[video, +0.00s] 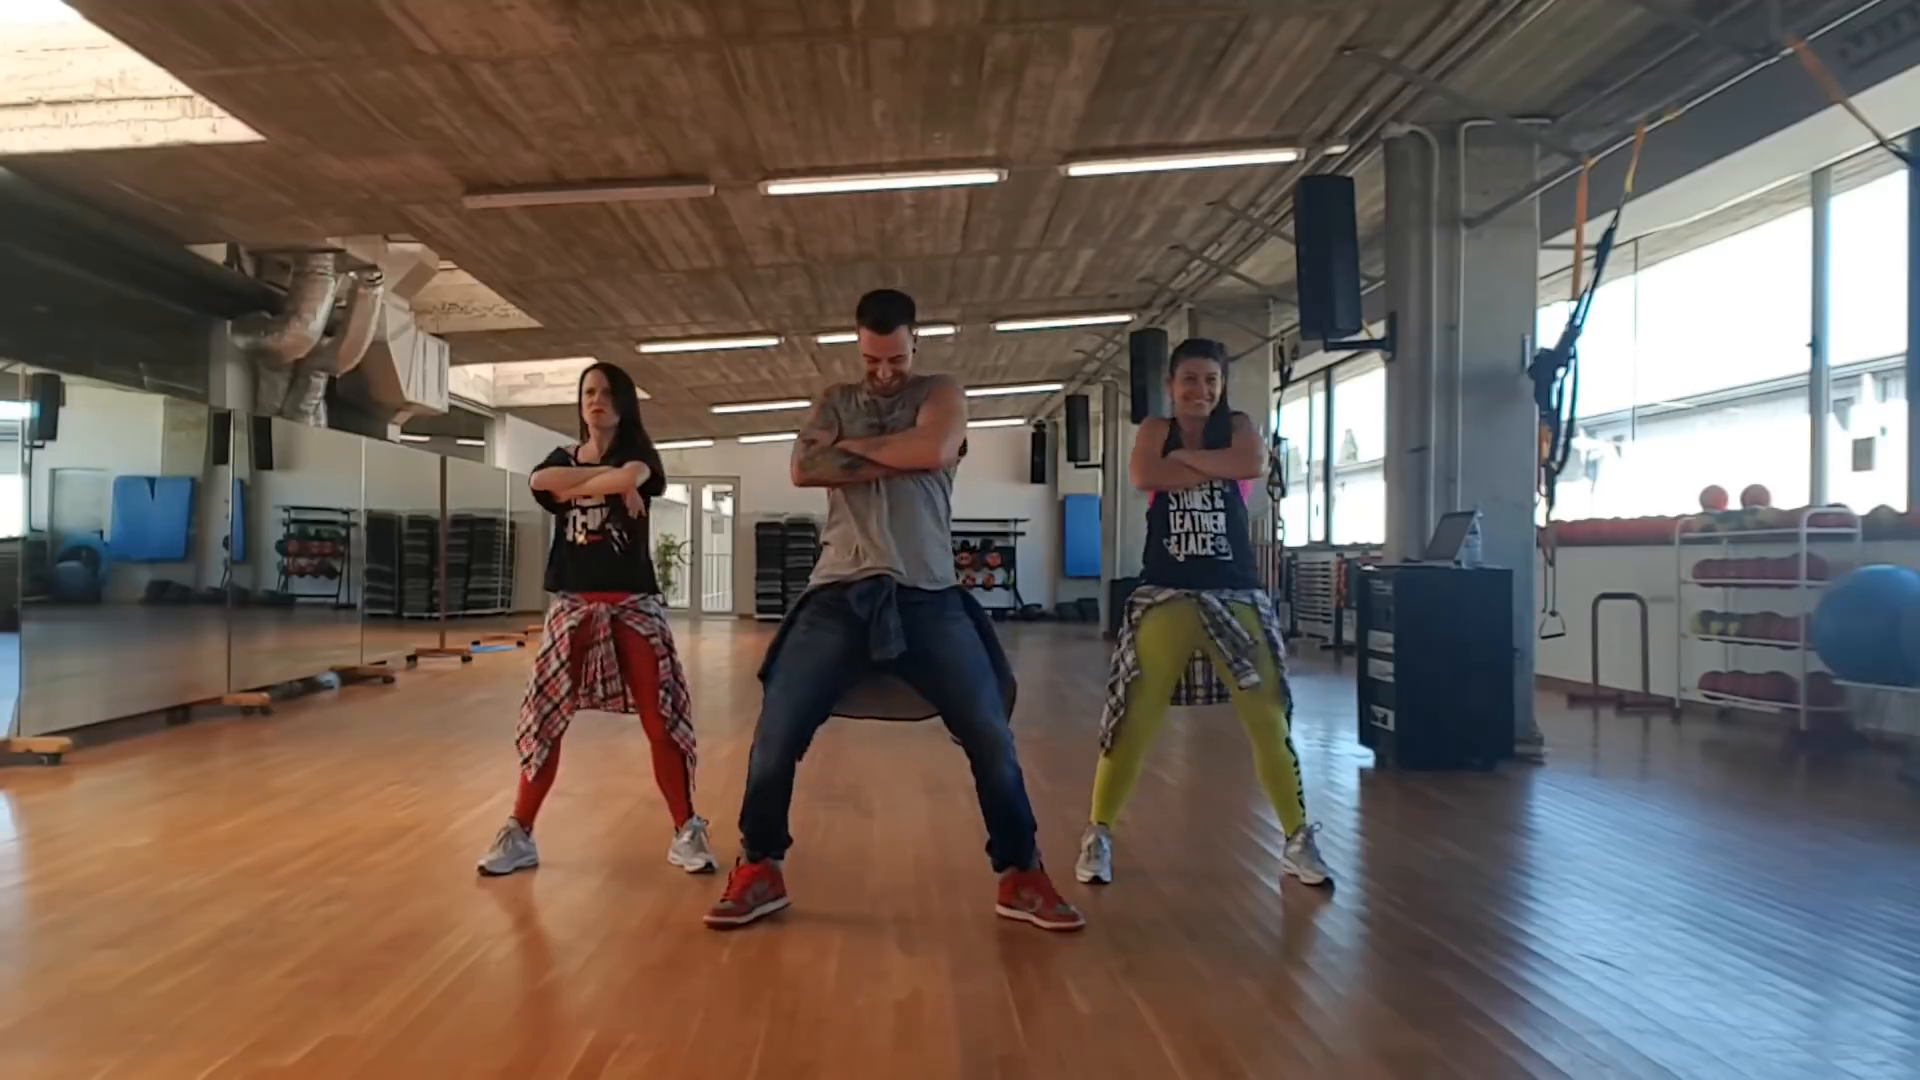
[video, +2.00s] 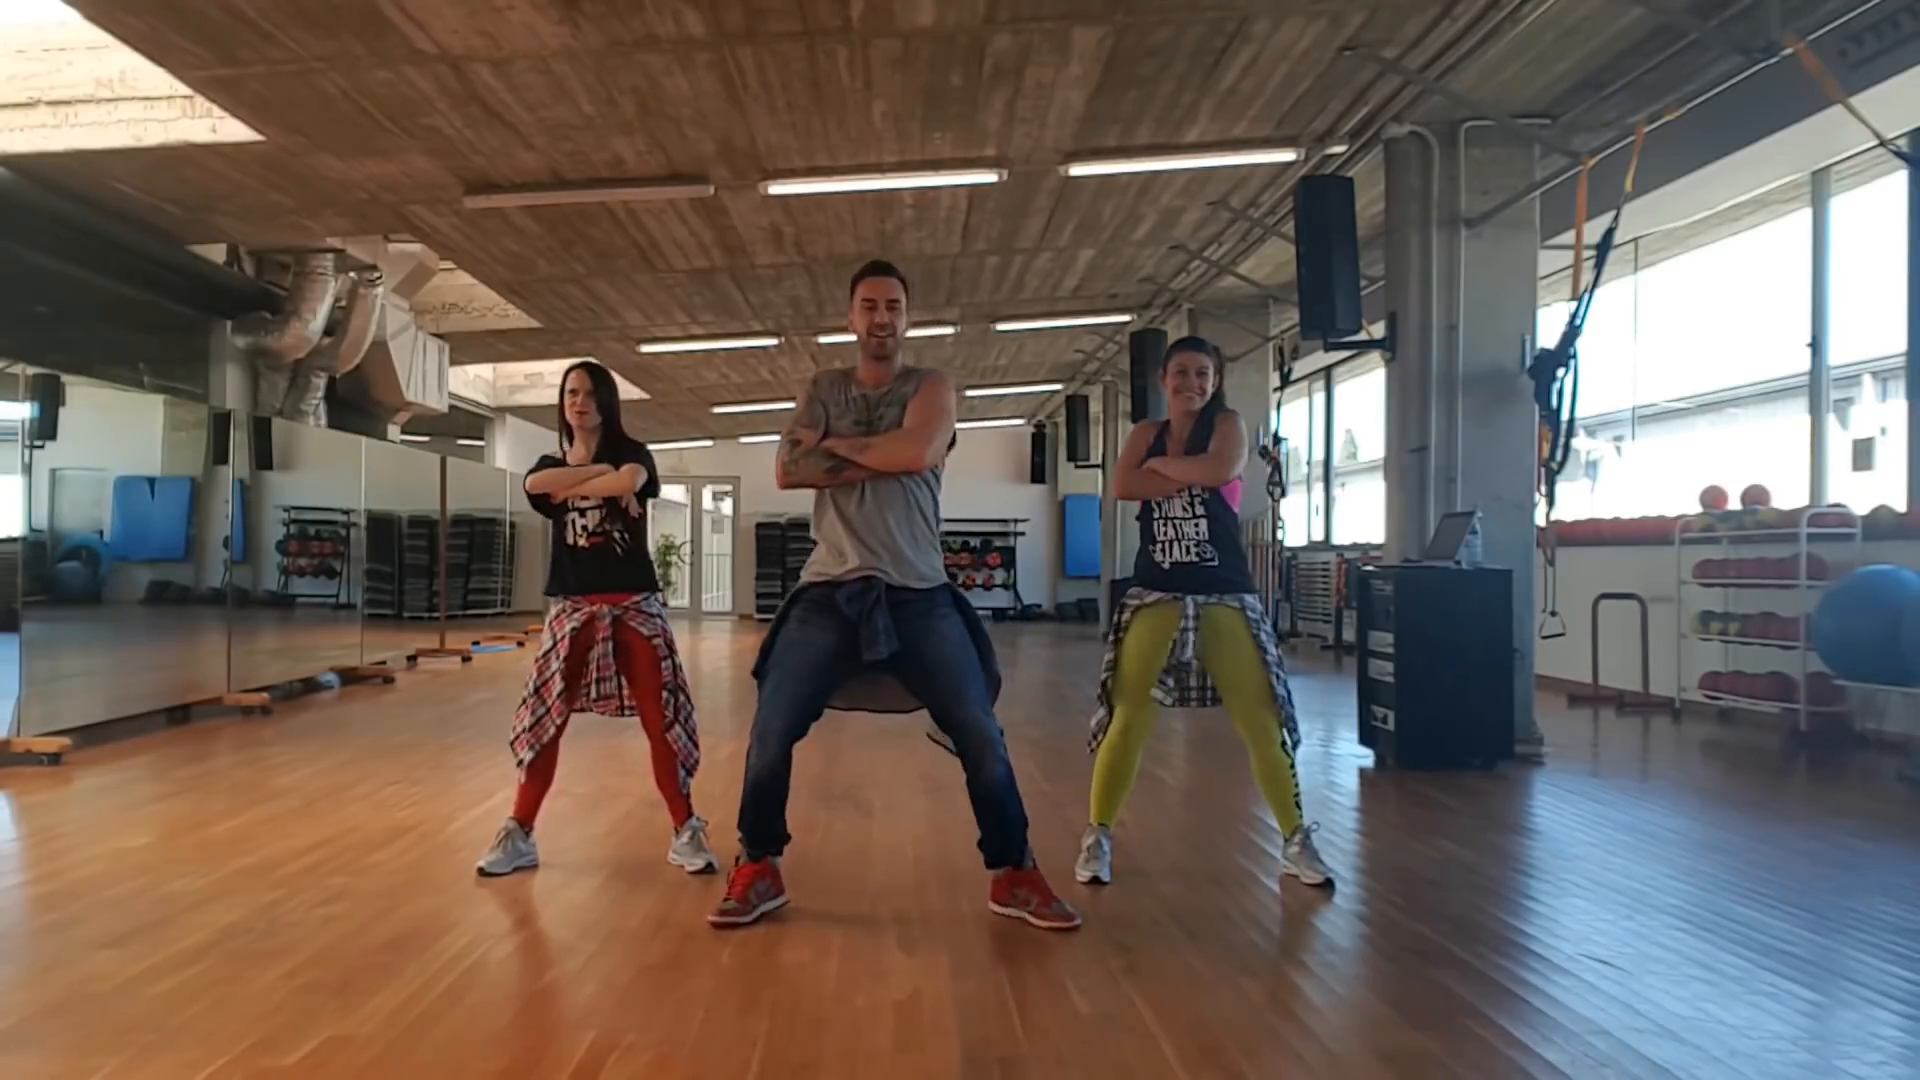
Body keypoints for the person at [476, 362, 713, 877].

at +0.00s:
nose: (597, 401)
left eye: (606, 394)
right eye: (590, 394)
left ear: (625, 403)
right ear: (580, 402)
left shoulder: (641, 457)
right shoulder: (563, 455)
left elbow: (625, 481)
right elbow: (540, 482)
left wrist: (567, 487)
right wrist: (611, 479)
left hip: (634, 600)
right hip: (572, 600)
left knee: (660, 717)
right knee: (546, 714)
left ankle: (687, 829)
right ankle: (520, 834)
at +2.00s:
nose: (578, 402)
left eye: (587, 394)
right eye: (571, 394)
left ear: (607, 402)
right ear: (561, 403)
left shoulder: (633, 453)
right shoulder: (551, 461)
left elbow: (628, 483)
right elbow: (535, 486)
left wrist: (567, 487)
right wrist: (603, 472)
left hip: (634, 601)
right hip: (572, 603)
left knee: (659, 719)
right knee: (547, 716)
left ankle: (687, 830)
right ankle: (520, 834)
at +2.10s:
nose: (578, 402)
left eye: (587, 394)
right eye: (571, 394)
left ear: (607, 402)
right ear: (560, 404)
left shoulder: (632, 455)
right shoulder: (550, 464)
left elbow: (626, 483)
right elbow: (536, 487)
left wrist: (569, 489)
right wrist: (604, 475)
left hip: (634, 602)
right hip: (572, 606)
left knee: (659, 720)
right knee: (547, 716)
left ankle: (687, 830)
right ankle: (519, 834)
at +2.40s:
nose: (614, 400)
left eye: (624, 392)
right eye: (607, 392)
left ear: (643, 401)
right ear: (597, 401)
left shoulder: (659, 460)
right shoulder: (577, 449)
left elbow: (647, 483)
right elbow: (557, 475)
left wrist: (588, 482)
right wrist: (630, 474)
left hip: (637, 603)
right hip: (574, 599)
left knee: (660, 719)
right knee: (544, 712)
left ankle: (687, 831)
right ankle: (519, 833)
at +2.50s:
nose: (624, 403)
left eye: (633, 395)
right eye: (617, 394)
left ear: (652, 404)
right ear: (608, 400)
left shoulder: (663, 463)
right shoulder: (584, 451)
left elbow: (651, 495)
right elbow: (559, 482)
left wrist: (589, 488)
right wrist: (633, 479)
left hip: (639, 605)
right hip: (576, 602)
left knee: (661, 719)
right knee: (547, 714)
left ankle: (687, 831)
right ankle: (520, 834)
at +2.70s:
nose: (622, 389)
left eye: (633, 384)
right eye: (615, 381)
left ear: (650, 401)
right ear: (603, 394)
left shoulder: (657, 458)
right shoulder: (575, 451)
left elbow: (643, 491)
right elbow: (554, 483)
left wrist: (583, 491)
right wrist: (626, 483)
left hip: (638, 604)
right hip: (575, 602)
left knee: (664, 720)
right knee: (545, 714)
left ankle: (687, 831)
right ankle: (519, 834)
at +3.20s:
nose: (609, 391)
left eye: (618, 383)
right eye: (600, 386)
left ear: (637, 396)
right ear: (590, 400)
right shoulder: (569, 458)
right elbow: (515, 494)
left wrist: (618, 545)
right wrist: (567, 499)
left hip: (641, 606)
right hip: (578, 607)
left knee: (670, 724)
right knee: (540, 716)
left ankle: (686, 833)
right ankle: (518, 834)